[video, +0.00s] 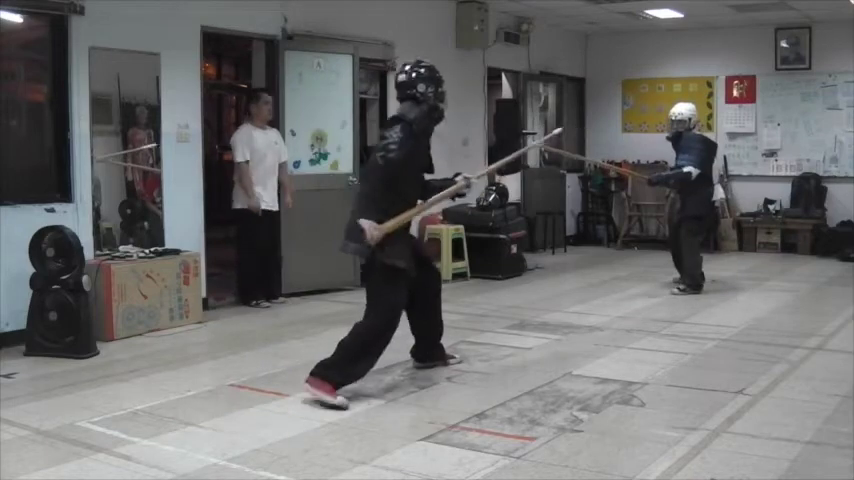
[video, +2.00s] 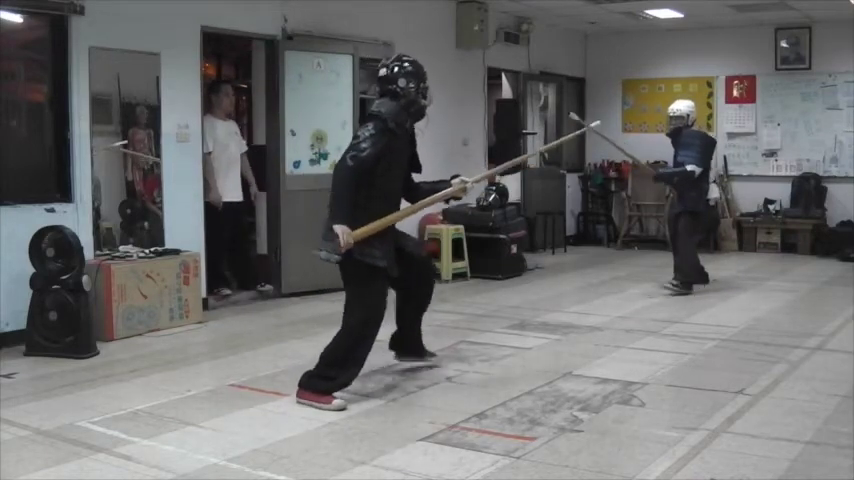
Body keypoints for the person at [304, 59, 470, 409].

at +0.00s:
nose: (441, 103)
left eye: (441, 96)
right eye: (436, 96)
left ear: (412, 97)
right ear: (422, 97)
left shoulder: (416, 134)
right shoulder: (401, 133)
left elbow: (413, 188)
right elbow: (374, 172)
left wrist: (449, 186)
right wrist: (367, 216)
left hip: (399, 233)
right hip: (382, 234)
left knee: (427, 281)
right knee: (384, 313)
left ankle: (429, 350)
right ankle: (325, 378)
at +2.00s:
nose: (424, 97)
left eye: (423, 89)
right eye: (419, 89)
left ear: (400, 90)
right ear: (403, 90)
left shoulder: (402, 132)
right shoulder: (379, 130)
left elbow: (410, 191)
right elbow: (345, 169)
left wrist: (450, 188)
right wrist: (340, 222)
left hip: (382, 234)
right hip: (357, 237)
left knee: (419, 272)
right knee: (366, 312)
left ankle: (408, 344)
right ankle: (316, 386)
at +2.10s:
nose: (431, 103)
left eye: (431, 96)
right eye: (426, 96)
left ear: (411, 97)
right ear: (408, 97)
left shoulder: (411, 136)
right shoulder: (386, 135)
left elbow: (425, 195)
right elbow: (351, 171)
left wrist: (463, 191)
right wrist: (349, 227)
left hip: (390, 241)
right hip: (366, 244)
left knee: (426, 282)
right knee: (369, 319)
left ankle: (435, 344)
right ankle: (317, 386)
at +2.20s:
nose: (443, 113)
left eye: (442, 106)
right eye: (437, 106)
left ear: (422, 108)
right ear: (420, 107)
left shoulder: (427, 144)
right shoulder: (400, 144)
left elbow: (443, 184)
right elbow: (374, 175)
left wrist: (488, 186)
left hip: (401, 243)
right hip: (382, 244)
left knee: (434, 286)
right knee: (374, 323)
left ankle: (450, 347)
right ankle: (319, 385)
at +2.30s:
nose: (456, 113)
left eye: (455, 106)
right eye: (451, 106)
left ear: (426, 110)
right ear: (438, 110)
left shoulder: (433, 147)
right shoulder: (419, 145)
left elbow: (449, 187)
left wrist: (487, 186)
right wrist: (453, 206)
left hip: (409, 241)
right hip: (393, 242)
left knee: (447, 278)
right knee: (390, 317)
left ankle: (450, 346)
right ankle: (325, 377)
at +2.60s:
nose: (444, 102)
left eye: (443, 95)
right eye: (439, 95)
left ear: (419, 96)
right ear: (424, 95)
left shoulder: (422, 134)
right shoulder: (405, 130)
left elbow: (424, 188)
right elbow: (389, 166)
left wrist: (458, 197)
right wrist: (437, 185)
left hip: (413, 233)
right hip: (397, 235)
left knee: (452, 278)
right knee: (432, 303)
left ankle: (451, 346)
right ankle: (373, 358)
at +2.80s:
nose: (404, 84)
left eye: (403, 77)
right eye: (397, 78)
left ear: (380, 81)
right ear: (380, 81)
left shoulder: (384, 122)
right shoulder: (366, 117)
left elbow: (393, 188)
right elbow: (363, 152)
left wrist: (440, 198)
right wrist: (407, 140)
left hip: (376, 226)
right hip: (362, 228)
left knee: (413, 294)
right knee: (409, 300)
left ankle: (411, 356)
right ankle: (390, 370)